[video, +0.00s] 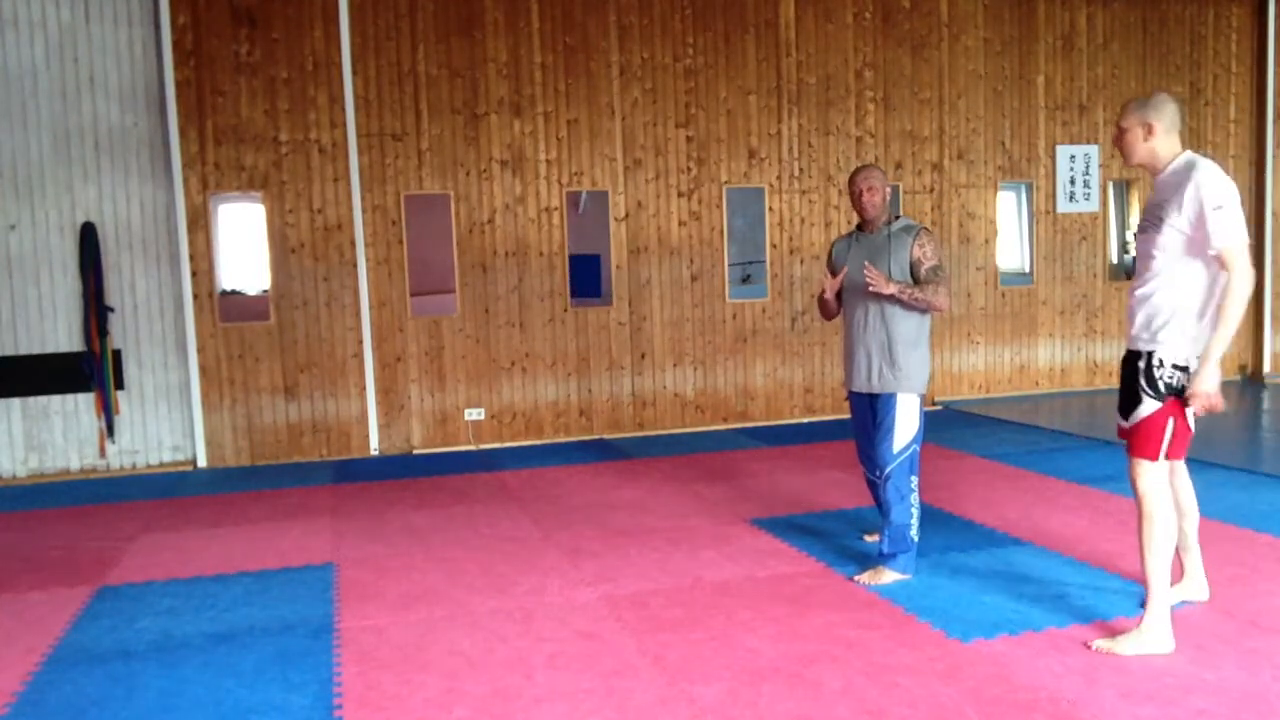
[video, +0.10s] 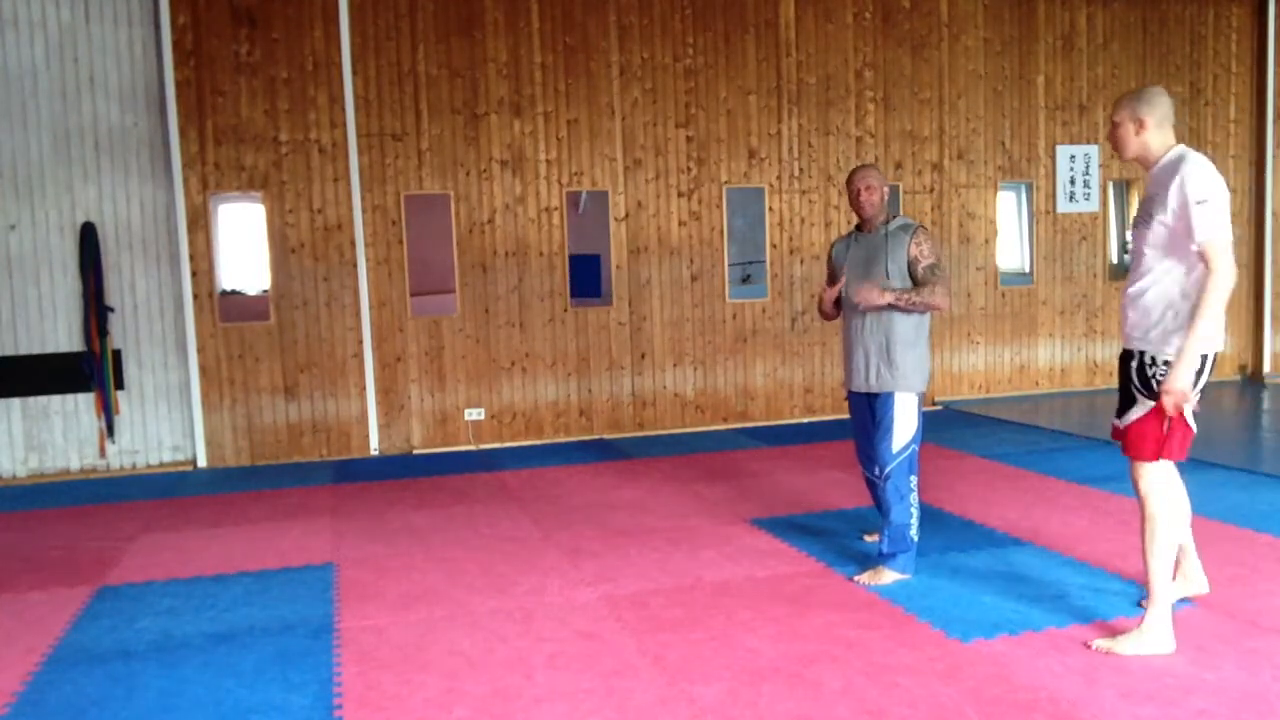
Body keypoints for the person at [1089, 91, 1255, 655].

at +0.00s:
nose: (1116, 144)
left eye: (1121, 132)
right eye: (1118, 133)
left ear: (1148, 131)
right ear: (1150, 131)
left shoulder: (1205, 180)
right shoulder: (1164, 185)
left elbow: (1242, 274)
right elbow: (1171, 273)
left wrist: (1210, 365)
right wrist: (1143, 346)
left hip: (1170, 353)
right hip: (1150, 348)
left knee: (1148, 474)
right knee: (1171, 465)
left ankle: (1155, 624)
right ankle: (1193, 575)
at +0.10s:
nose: (1111, 141)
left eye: (1114, 130)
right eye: (1112, 131)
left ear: (1139, 126)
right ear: (1148, 125)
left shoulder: (1193, 174)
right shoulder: (1161, 180)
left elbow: (1223, 273)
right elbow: (1162, 267)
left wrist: (1184, 367)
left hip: (1169, 352)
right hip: (1146, 347)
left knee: (1151, 474)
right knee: (1154, 463)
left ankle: (1157, 624)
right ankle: (1189, 569)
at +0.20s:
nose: (1105, 136)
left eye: (1108, 125)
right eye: (1106, 126)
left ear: (1131, 121)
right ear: (1143, 120)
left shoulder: (1183, 168)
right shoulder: (1157, 174)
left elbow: (1207, 267)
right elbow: (1161, 264)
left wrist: (1165, 356)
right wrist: (1139, 344)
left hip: (1172, 347)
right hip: (1145, 343)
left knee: (1163, 473)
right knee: (1134, 453)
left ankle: (1159, 625)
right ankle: (1185, 566)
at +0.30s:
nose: (1098, 133)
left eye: (1102, 121)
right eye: (1100, 122)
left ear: (1125, 120)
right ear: (1138, 118)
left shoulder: (1172, 167)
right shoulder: (1153, 172)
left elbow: (1197, 264)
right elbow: (1164, 264)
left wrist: (1152, 353)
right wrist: (1133, 344)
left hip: (1169, 346)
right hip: (1144, 342)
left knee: (1167, 473)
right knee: (1132, 457)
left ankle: (1160, 626)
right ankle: (1174, 581)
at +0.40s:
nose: (1096, 134)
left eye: (1099, 122)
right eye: (1097, 123)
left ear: (1121, 120)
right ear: (1137, 118)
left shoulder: (1166, 168)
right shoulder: (1152, 170)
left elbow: (1191, 263)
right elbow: (1164, 266)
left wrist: (1141, 352)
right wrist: (1128, 343)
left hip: (1166, 349)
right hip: (1140, 344)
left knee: (1168, 477)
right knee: (1134, 465)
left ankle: (1162, 623)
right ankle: (1169, 594)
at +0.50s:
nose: (1092, 133)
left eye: (1096, 121)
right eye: (1093, 122)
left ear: (1118, 120)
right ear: (1135, 117)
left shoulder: (1164, 168)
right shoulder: (1152, 169)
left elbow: (1186, 267)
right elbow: (1169, 266)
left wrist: (1135, 350)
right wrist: (1127, 341)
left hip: (1162, 349)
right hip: (1145, 346)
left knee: (1165, 478)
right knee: (1144, 472)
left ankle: (1162, 623)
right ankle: (1169, 595)